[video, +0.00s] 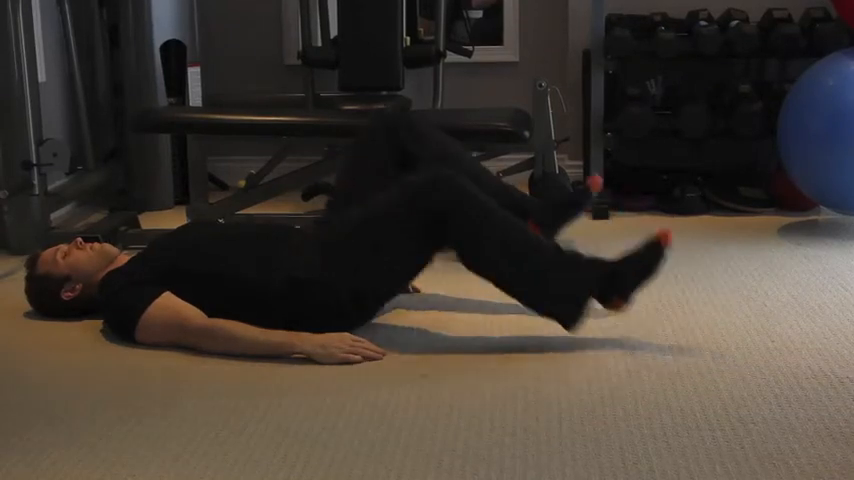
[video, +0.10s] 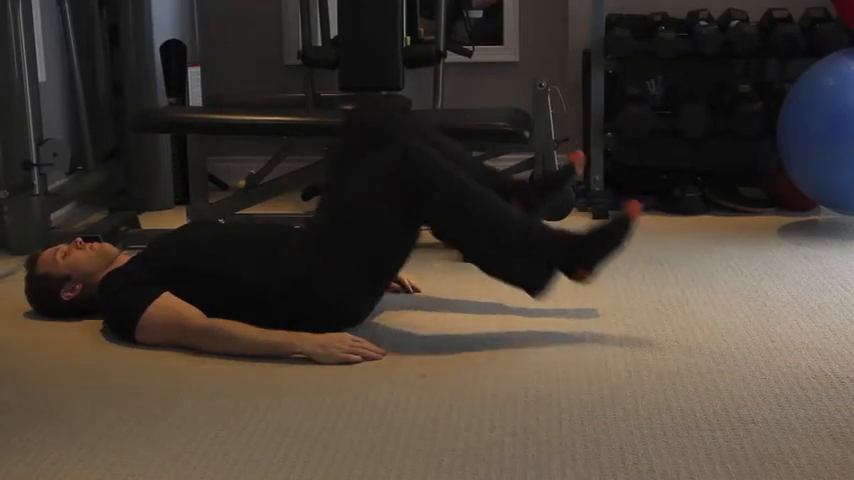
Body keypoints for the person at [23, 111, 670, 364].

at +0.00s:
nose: (81, 239)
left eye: (72, 239)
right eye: (68, 255)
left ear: (91, 242)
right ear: (77, 287)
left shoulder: (150, 251)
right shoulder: (128, 298)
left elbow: (243, 247)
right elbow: (209, 335)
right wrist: (312, 344)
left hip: (330, 242)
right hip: (325, 288)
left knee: (395, 129)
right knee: (441, 193)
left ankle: (530, 213)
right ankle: (585, 286)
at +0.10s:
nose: (79, 237)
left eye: (69, 238)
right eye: (66, 255)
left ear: (89, 241)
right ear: (76, 289)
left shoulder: (152, 253)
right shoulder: (126, 298)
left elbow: (256, 258)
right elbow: (206, 334)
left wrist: (369, 271)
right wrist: (308, 346)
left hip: (327, 258)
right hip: (321, 292)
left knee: (377, 122)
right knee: (406, 153)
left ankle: (516, 214)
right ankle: (551, 254)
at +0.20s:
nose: (80, 239)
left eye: (70, 238)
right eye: (66, 254)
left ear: (89, 241)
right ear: (74, 289)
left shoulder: (147, 259)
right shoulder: (123, 297)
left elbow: (252, 262)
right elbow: (202, 332)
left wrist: (358, 274)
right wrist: (309, 344)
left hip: (325, 270)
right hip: (316, 294)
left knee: (378, 116)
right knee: (358, 131)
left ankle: (514, 187)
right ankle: (499, 227)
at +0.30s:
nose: (77, 238)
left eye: (67, 238)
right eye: (64, 253)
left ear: (89, 241)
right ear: (74, 290)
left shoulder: (147, 257)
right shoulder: (122, 297)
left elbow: (256, 257)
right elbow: (200, 332)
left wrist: (362, 272)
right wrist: (306, 345)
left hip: (323, 267)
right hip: (310, 290)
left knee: (357, 117)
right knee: (333, 128)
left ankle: (517, 154)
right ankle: (497, 195)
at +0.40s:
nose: (73, 238)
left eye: (63, 239)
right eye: (60, 251)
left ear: (85, 247)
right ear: (70, 289)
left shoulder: (151, 253)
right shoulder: (119, 297)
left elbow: (251, 254)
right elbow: (201, 331)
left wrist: (361, 273)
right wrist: (304, 344)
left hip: (325, 271)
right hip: (302, 294)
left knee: (346, 111)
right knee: (298, 123)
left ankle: (475, 143)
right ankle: (452, 163)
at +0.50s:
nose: (73, 236)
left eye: (61, 237)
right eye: (58, 249)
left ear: (83, 245)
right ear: (66, 287)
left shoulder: (144, 251)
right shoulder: (116, 299)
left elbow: (247, 247)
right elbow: (199, 331)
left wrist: (356, 275)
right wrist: (304, 343)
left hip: (315, 270)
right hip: (293, 291)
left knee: (285, 114)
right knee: (273, 118)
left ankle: (447, 121)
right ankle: (445, 129)